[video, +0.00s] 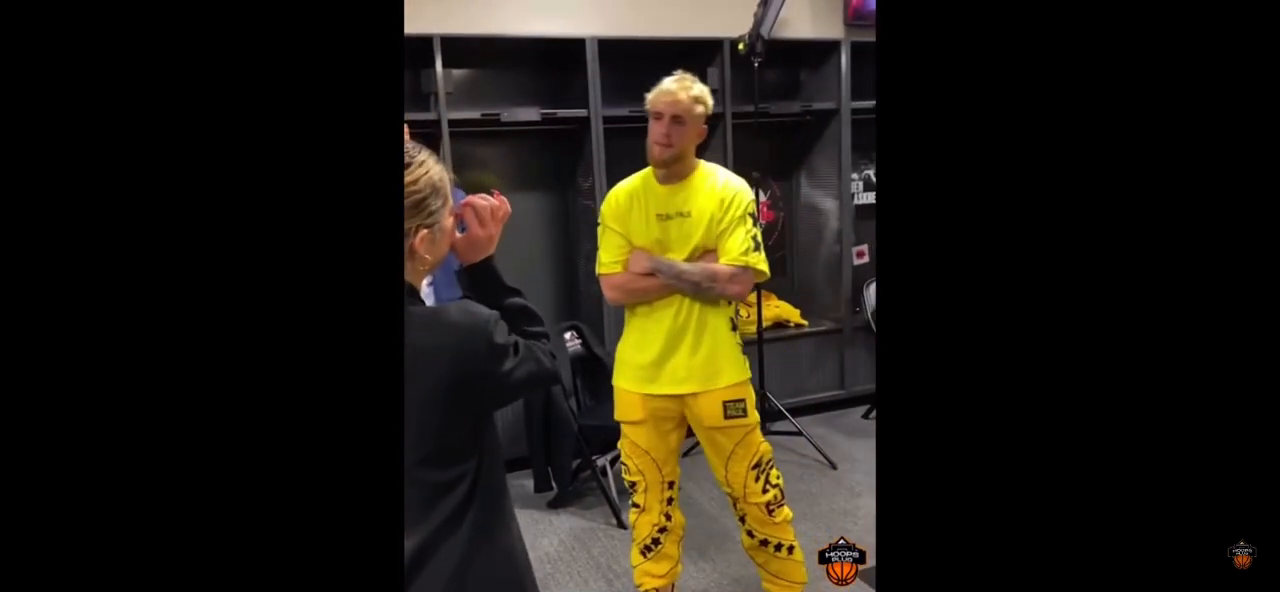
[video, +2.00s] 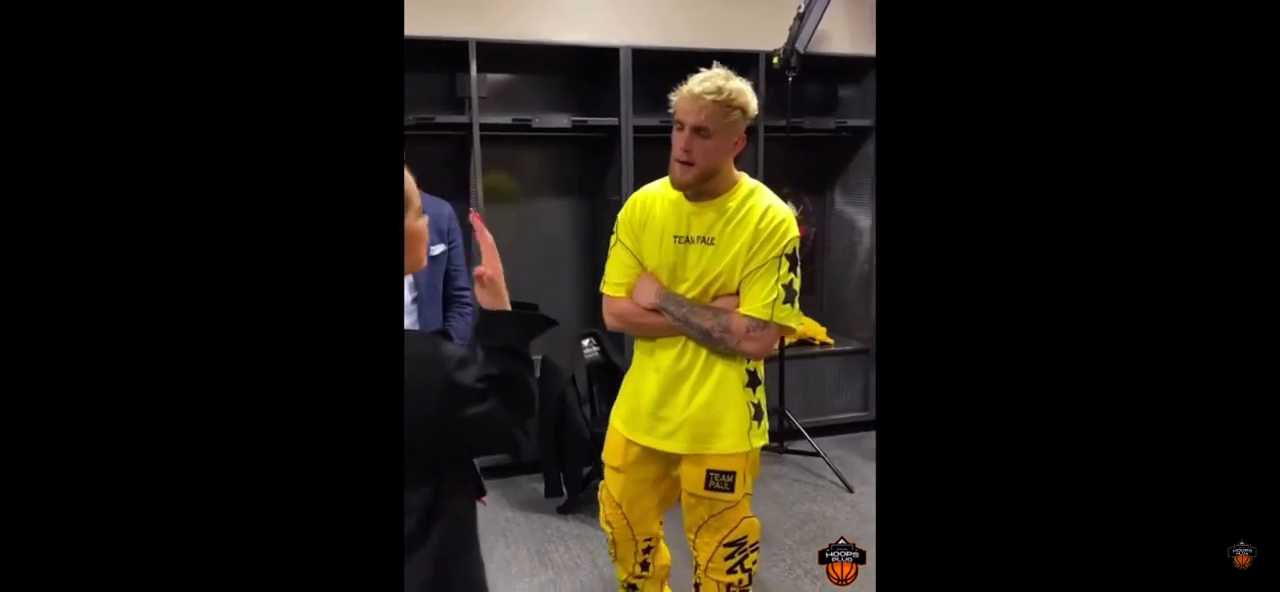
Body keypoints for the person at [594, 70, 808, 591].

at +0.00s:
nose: (662, 131)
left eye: (677, 121)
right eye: (656, 118)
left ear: (701, 130)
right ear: (647, 124)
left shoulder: (728, 191)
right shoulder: (621, 198)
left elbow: (737, 281)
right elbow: (614, 289)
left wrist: (654, 263)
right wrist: (701, 273)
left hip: (716, 371)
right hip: (641, 375)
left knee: (758, 498)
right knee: (649, 506)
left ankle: (787, 584)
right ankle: (653, 586)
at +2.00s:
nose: (682, 144)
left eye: (700, 133)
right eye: (678, 128)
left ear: (738, 143)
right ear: (670, 128)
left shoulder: (770, 220)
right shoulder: (642, 206)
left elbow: (759, 340)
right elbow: (616, 314)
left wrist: (661, 297)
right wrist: (714, 315)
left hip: (722, 418)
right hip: (642, 407)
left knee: (719, 550)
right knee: (623, 524)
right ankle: (644, 586)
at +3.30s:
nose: (713, 102)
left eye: (730, 87)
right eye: (706, 86)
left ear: (762, 96)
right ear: (696, 90)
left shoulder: (798, 169)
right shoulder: (670, 178)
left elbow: (799, 275)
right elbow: (651, 281)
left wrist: (693, 251)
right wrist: (753, 265)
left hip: (773, 381)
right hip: (689, 383)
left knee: (803, 529)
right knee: (710, 534)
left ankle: (813, 586)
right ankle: (714, 587)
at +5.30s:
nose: (718, 84)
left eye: (735, 70)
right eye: (711, 70)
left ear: (768, 79)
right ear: (703, 78)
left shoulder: (809, 150)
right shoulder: (683, 165)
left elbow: (811, 256)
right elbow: (666, 268)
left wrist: (703, 238)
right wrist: (763, 249)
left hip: (789, 367)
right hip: (703, 370)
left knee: (821, 516)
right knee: (724, 519)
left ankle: (838, 584)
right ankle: (730, 584)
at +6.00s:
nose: (704, 82)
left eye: (719, 67)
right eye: (699, 68)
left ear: (757, 74)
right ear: (695, 74)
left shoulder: (808, 146)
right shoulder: (679, 160)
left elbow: (814, 250)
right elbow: (662, 265)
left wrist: (705, 234)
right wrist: (764, 246)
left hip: (790, 365)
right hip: (703, 369)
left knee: (824, 519)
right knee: (723, 522)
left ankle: (837, 584)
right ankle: (726, 585)